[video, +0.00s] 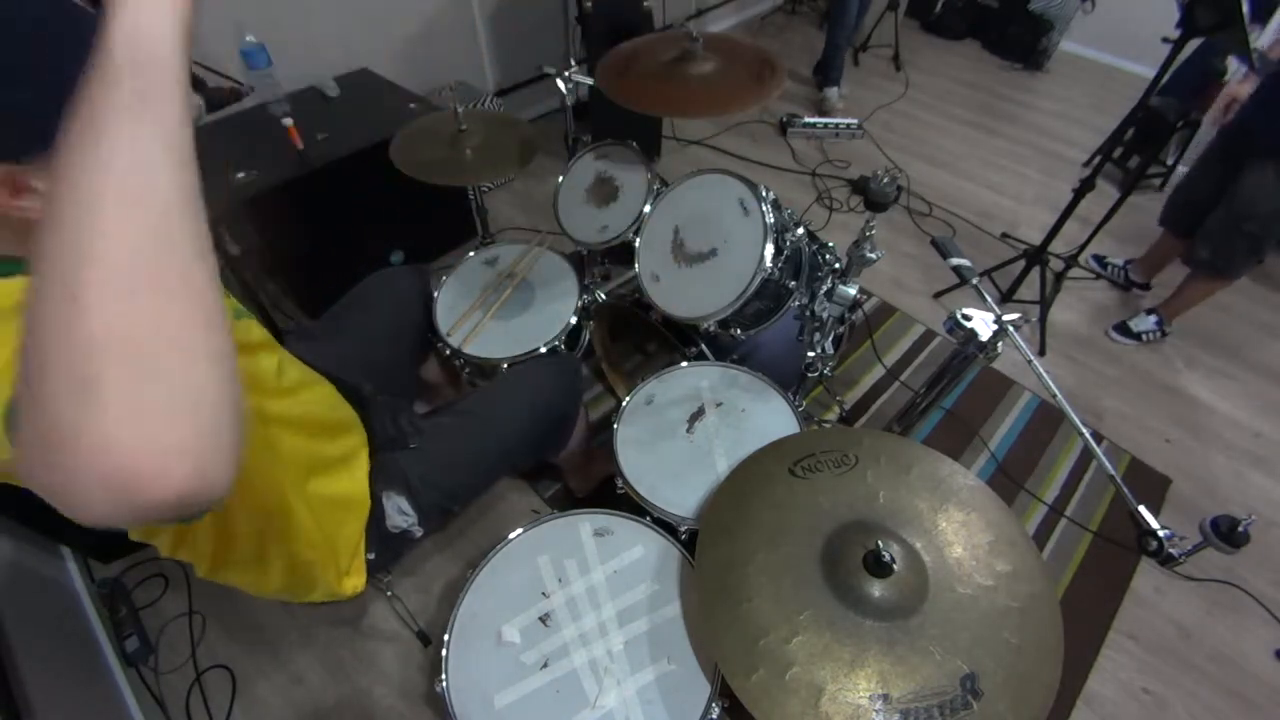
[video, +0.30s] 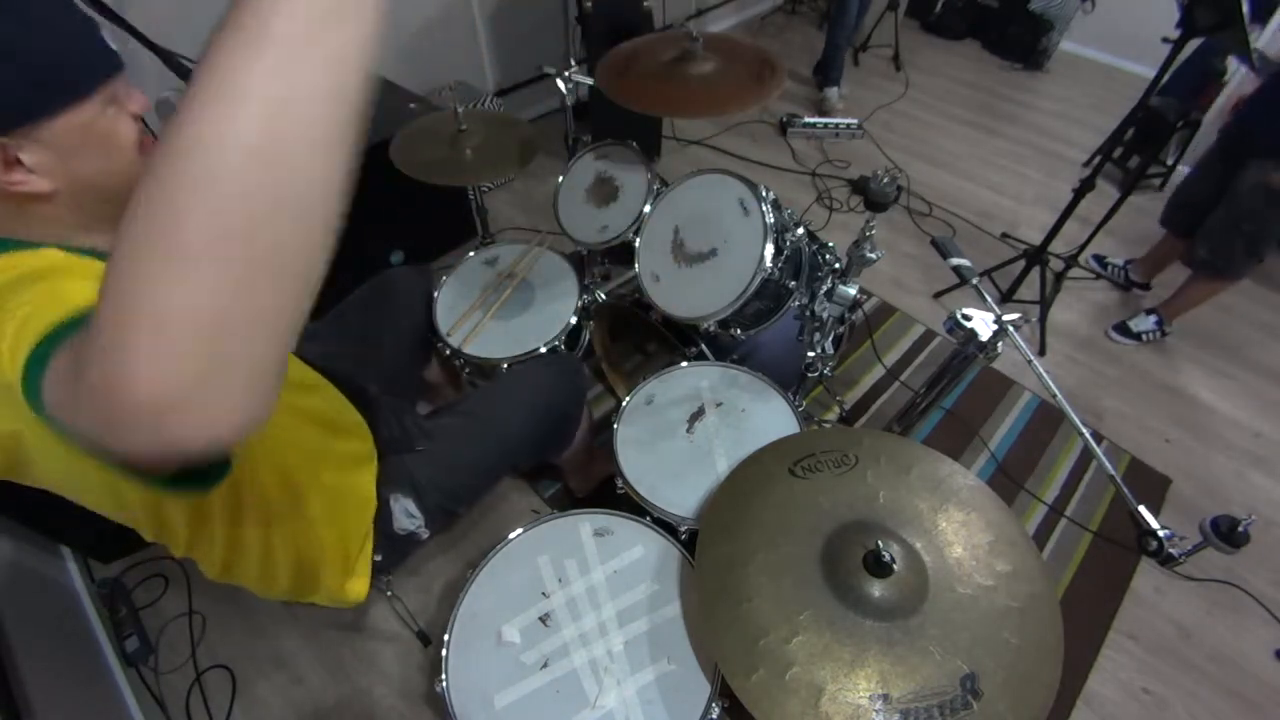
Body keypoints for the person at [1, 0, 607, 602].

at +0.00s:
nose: (114, 166)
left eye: (105, 147)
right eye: (87, 155)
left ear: (21, 189)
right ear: (20, 192)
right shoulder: (12, 332)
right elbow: (152, 467)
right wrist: (148, 15)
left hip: (294, 394)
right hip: (349, 511)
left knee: (402, 281)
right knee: (554, 368)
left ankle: (421, 405)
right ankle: (558, 471)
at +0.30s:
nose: (140, 101)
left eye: (120, 82)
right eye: (107, 98)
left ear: (29, 171)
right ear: (23, 168)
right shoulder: (26, 312)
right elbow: (173, 404)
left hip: (295, 396)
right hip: (352, 518)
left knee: (411, 283)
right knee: (558, 371)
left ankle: (417, 407)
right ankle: (566, 472)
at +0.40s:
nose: (121, 92)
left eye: (100, 76)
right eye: (88, 88)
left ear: (20, 158)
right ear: (13, 155)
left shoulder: (53, 242)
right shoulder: (29, 294)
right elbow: (185, 312)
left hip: (289, 394)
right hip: (349, 513)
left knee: (414, 285)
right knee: (561, 375)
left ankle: (421, 399)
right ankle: (569, 468)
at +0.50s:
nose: (117, 89)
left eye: (95, 73)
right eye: (83, 84)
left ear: (16, 154)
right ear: (11, 151)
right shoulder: (37, 282)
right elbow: (212, 236)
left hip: (286, 394)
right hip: (346, 513)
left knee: (413, 288)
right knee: (563, 378)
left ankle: (426, 396)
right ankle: (575, 471)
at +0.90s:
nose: (122, 92)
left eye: (99, 73)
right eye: (87, 85)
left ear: (19, 155)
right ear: (13, 151)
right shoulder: (34, 297)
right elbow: (187, 304)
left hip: (285, 395)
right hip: (344, 512)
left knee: (408, 285)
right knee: (564, 374)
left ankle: (428, 394)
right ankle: (577, 474)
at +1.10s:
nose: (125, 101)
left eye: (115, 84)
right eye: (97, 97)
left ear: (28, 172)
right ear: (26, 171)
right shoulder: (25, 333)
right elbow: (173, 381)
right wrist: (191, 2)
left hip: (294, 391)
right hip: (352, 513)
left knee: (404, 280)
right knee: (557, 370)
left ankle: (425, 395)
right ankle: (572, 469)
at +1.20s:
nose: (160, 154)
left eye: (142, 127)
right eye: (125, 139)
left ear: (37, 182)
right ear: (38, 188)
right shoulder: (27, 325)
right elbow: (181, 422)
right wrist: (180, 41)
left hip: (293, 392)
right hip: (355, 514)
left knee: (402, 280)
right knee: (556, 367)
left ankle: (423, 400)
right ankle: (565, 469)